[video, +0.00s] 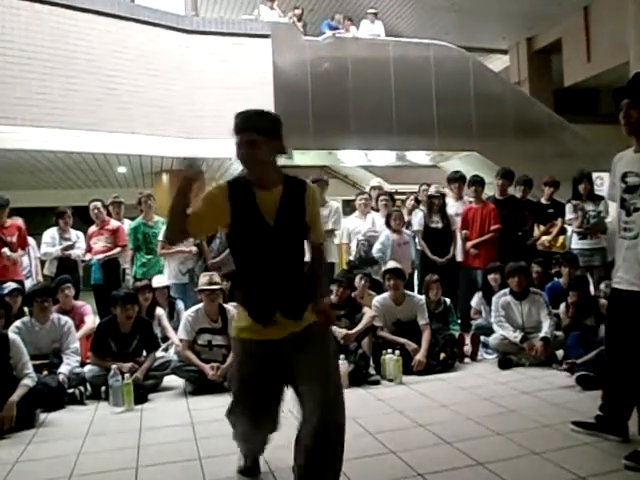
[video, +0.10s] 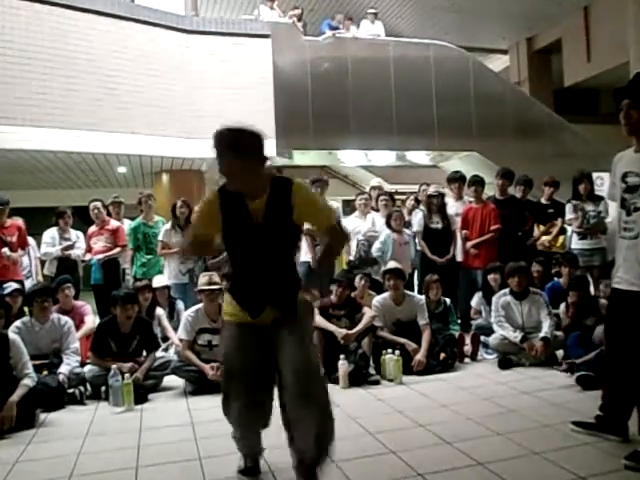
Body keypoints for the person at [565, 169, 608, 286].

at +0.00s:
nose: (584, 186)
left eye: (587, 183)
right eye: (581, 183)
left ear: (591, 185)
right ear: (576, 186)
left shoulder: (601, 202)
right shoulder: (571, 204)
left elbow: (602, 224)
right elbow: (575, 226)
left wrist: (585, 230)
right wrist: (581, 214)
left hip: (598, 247)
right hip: (579, 247)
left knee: (600, 285)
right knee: (579, 285)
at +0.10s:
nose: (584, 186)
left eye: (587, 183)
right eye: (581, 183)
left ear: (591, 185)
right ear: (576, 186)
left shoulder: (600, 202)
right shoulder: (571, 204)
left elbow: (602, 224)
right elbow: (575, 226)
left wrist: (585, 229)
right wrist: (581, 214)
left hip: (597, 247)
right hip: (579, 247)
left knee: (597, 281)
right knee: (580, 281)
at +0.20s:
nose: (584, 187)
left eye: (587, 183)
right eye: (581, 184)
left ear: (591, 185)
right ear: (576, 186)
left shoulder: (601, 201)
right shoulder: (571, 204)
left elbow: (603, 223)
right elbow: (575, 226)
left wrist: (585, 229)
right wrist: (581, 214)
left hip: (597, 246)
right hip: (579, 246)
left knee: (598, 282)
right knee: (580, 281)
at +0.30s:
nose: (584, 187)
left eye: (587, 183)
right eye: (581, 183)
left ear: (591, 185)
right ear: (576, 186)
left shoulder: (601, 201)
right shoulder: (571, 204)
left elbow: (602, 223)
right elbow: (575, 226)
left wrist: (585, 229)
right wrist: (581, 214)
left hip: (597, 246)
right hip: (579, 246)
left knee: (598, 280)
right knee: (580, 280)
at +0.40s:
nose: (585, 187)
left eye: (587, 183)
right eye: (581, 183)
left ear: (591, 185)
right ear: (577, 186)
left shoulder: (600, 201)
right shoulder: (571, 204)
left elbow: (603, 224)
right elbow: (575, 225)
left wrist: (584, 229)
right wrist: (581, 214)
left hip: (597, 246)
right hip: (579, 246)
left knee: (600, 284)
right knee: (580, 284)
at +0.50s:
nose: (585, 187)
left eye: (587, 183)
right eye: (581, 183)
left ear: (591, 185)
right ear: (577, 186)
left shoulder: (600, 201)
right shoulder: (571, 203)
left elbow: (602, 224)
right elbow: (575, 225)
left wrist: (584, 229)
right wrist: (581, 214)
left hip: (597, 246)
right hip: (579, 246)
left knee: (599, 282)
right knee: (580, 281)